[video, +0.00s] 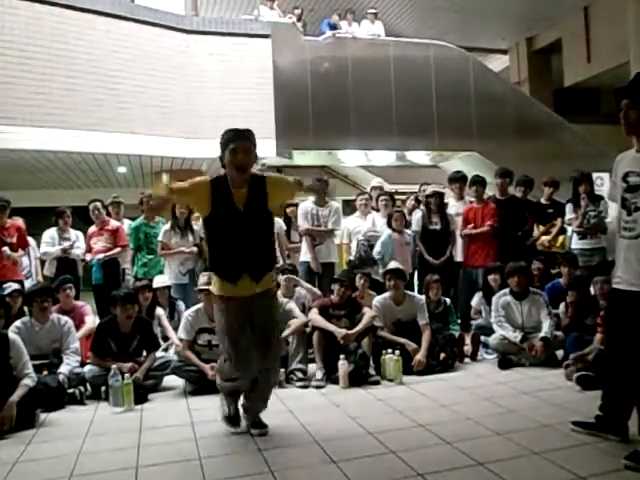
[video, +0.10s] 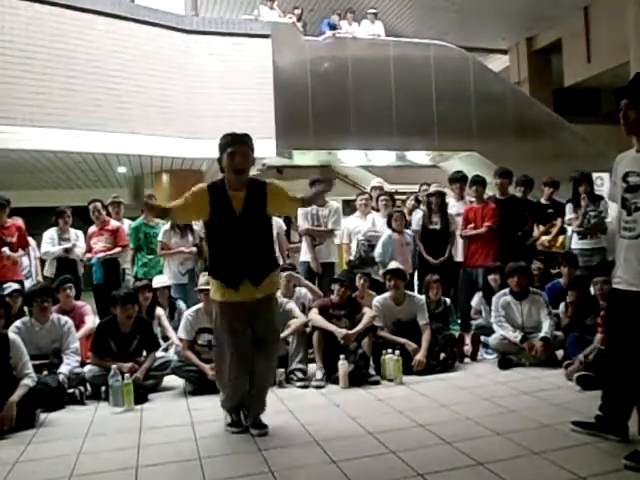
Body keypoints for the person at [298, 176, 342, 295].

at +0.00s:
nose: (319, 194)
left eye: (321, 191)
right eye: (317, 191)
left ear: (326, 191)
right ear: (313, 191)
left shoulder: (335, 207)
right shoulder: (304, 207)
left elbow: (332, 230)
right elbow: (305, 232)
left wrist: (308, 230)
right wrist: (313, 259)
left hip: (327, 257)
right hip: (308, 257)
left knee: (326, 295)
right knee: (307, 294)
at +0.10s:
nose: (320, 191)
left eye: (322, 187)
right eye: (317, 187)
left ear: (326, 190)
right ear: (312, 188)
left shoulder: (334, 207)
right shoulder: (303, 207)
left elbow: (332, 231)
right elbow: (305, 233)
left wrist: (308, 230)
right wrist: (313, 259)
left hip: (327, 257)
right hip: (307, 257)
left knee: (325, 295)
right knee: (306, 294)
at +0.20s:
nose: (321, 190)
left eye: (323, 186)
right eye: (317, 186)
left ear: (327, 189)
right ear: (312, 188)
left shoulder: (334, 207)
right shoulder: (304, 207)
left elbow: (332, 230)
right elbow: (305, 233)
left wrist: (308, 229)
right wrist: (313, 259)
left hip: (327, 257)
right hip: (308, 257)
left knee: (326, 295)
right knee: (306, 294)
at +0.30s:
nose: (321, 190)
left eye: (324, 187)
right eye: (317, 187)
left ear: (327, 189)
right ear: (312, 189)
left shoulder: (334, 207)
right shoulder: (304, 207)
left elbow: (332, 230)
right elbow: (305, 232)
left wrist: (308, 229)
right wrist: (313, 260)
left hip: (327, 257)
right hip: (308, 257)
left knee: (326, 295)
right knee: (307, 294)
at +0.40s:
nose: (319, 189)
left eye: (322, 187)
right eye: (316, 187)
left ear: (327, 189)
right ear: (311, 189)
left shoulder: (335, 207)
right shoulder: (303, 207)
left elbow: (331, 231)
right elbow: (306, 233)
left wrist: (307, 230)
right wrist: (313, 260)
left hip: (327, 258)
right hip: (307, 257)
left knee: (326, 296)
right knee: (305, 295)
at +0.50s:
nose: (319, 189)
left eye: (322, 186)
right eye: (316, 186)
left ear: (327, 188)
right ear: (312, 189)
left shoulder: (335, 207)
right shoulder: (304, 207)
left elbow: (331, 231)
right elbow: (305, 232)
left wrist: (308, 229)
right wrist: (313, 260)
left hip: (327, 257)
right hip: (307, 257)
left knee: (326, 295)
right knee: (305, 294)